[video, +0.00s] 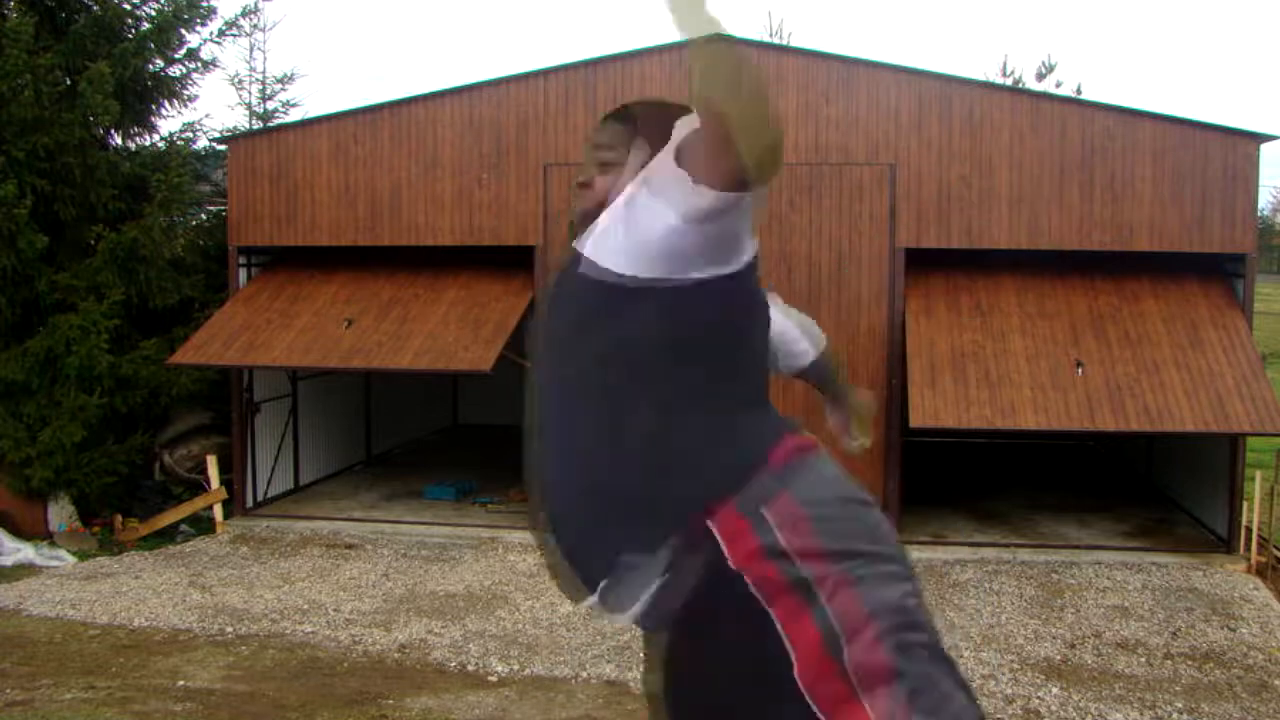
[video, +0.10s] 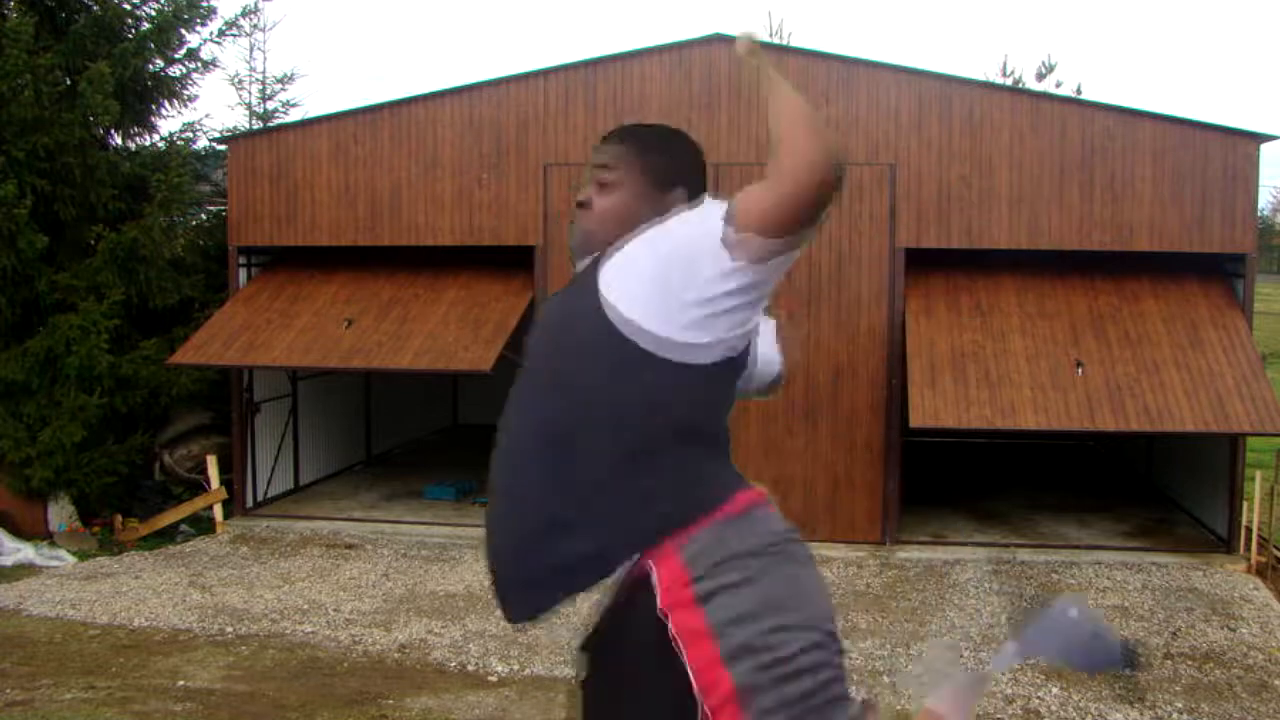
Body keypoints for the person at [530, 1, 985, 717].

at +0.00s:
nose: (586, 181)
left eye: (611, 163)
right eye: (586, 166)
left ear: (665, 168)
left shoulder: (673, 222)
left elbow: (745, 137)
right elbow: (791, 339)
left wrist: (691, 13)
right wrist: (841, 395)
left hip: (771, 552)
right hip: (689, 601)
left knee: (898, 702)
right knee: (715, 704)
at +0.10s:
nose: (582, 197)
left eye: (605, 182)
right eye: (587, 184)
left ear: (673, 200)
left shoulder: (686, 257)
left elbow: (810, 171)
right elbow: (765, 363)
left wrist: (767, 65)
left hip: (713, 587)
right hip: (651, 592)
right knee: (609, 690)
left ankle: (949, 703)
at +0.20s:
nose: (572, 189)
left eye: (594, 176)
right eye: (576, 173)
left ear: (664, 199)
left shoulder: (668, 274)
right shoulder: (600, 284)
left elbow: (772, 286)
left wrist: (732, 244)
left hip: (688, 586)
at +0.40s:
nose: (557, 225)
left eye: (582, 211)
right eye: (559, 211)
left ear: (653, 236)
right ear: (566, 234)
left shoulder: (698, 305)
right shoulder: (527, 292)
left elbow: (770, 345)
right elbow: (402, 257)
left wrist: (870, 337)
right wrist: (297, 205)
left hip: (674, 632)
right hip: (535, 623)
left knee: (526, 699)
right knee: (464, 693)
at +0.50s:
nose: (604, 160)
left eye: (629, 148)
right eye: (607, 145)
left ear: (702, 172)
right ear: (613, 167)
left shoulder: (760, 262)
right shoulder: (588, 223)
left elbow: (947, 273)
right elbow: (517, 105)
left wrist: (1144, 244)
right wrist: (471, 11)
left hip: (724, 571)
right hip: (581, 579)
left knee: (490, 664)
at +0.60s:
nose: (658, 108)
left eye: (685, 89)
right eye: (657, 91)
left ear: (758, 108)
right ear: (654, 108)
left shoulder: (824, 193)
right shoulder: (638, 205)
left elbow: (1030, 240)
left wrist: (1227, 219)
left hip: (795, 541)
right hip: (661, 545)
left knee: (603, 701)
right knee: (559, 705)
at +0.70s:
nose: (676, 139)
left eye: (705, 122)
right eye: (676, 124)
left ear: (781, 140)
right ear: (675, 142)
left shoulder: (853, 227)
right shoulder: (671, 224)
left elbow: (1048, 327)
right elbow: (675, 144)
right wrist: (747, 65)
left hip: (796, 612)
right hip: (634, 600)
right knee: (536, 652)